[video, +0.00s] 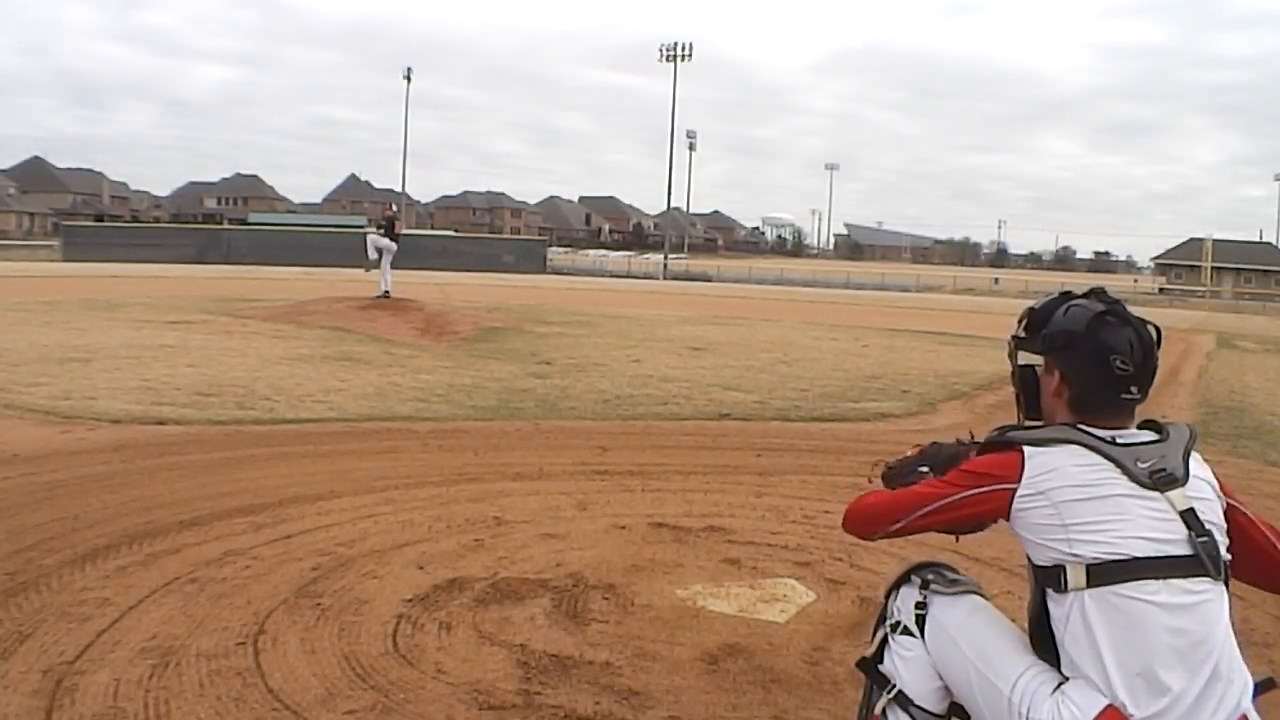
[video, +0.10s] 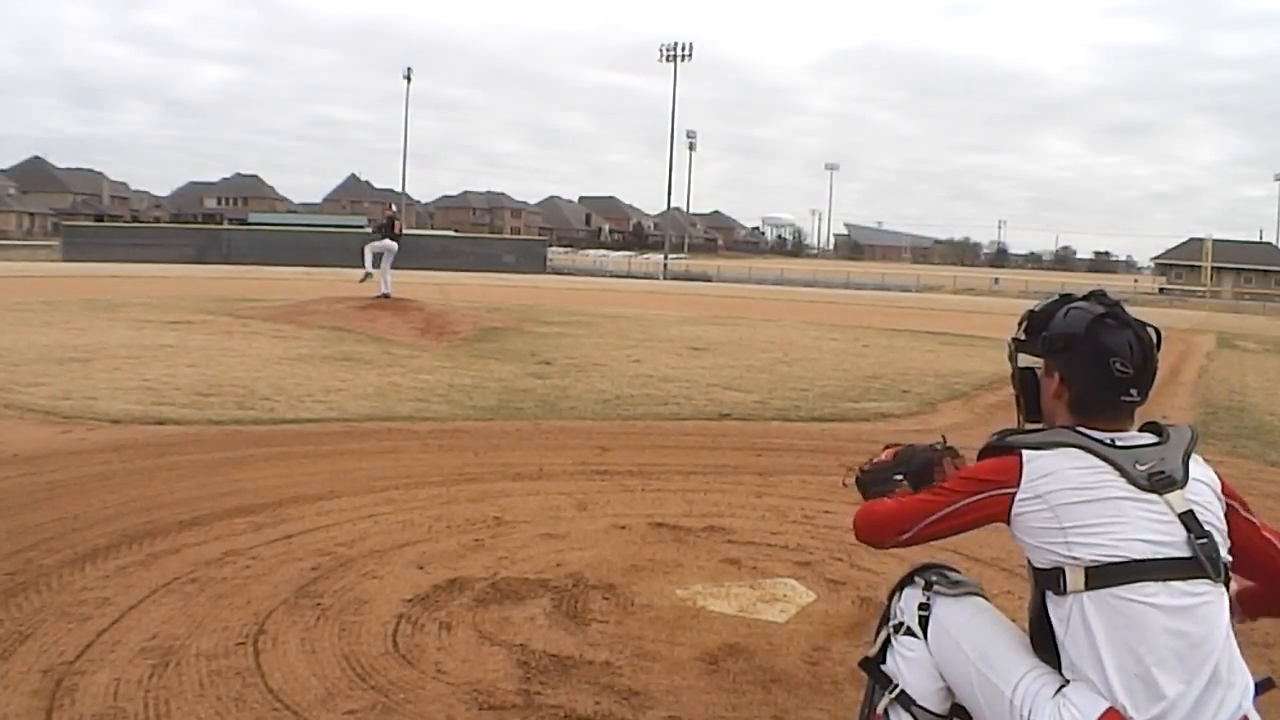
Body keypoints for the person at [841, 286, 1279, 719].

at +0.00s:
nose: (1034, 377)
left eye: (1040, 366)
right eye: (1038, 364)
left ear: (1058, 383)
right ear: (1131, 385)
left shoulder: (1029, 463)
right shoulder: (1189, 461)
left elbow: (863, 518)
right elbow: (1269, 566)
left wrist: (925, 473)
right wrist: (1171, 526)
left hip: (1109, 712)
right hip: (1229, 709)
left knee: (922, 595)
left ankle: (905, 706)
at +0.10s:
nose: (1034, 380)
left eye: (1040, 368)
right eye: (1038, 366)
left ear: (1057, 385)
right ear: (1131, 388)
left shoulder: (1030, 466)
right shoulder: (1192, 464)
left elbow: (874, 525)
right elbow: (1273, 580)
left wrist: (896, 484)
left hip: (1109, 712)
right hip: (1229, 708)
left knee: (925, 596)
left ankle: (907, 706)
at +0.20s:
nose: (1033, 382)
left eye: (1039, 370)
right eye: (1037, 368)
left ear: (1057, 387)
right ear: (1132, 387)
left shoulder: (1027, 468)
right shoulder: (1196, 473)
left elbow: (882, 527)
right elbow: (1275, 580)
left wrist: (878, 497)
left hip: (1108, 711)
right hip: (1229, 708)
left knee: (927, 597)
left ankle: (906, 706)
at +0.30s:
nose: (1032, 385)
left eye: (1038, 372)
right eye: (1035, 370)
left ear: (1057, 390)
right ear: (1132, 391)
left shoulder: (1024, 469)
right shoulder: (1197, 478)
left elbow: (895, 528)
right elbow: (1275, 584)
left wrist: (864, 504)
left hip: (1105, 715)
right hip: (1227, 711)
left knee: (925, 599)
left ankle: (907, 708)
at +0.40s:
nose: (1032, 389)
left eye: (1037, 376)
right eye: (1035, 374)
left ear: (1057, 391)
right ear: (1131, 392)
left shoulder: (1024, 471)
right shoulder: (1199, 480)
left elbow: (899, 532)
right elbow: (1278, 591)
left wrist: (865, 505)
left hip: (1108, 716)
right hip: (1228, 711)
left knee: (927, 600)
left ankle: (909, 708)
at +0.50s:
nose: (1034, 391)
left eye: (1038, 378)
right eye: (1037, 376)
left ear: (1058, 394)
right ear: (1132, 395)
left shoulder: (1027, 473)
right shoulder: (1203, 481)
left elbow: (888, 539)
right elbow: (1277, 590)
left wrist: (873, 507)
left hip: (1108, 715)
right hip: (1230, 711)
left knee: (929, 601)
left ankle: (909, 708)